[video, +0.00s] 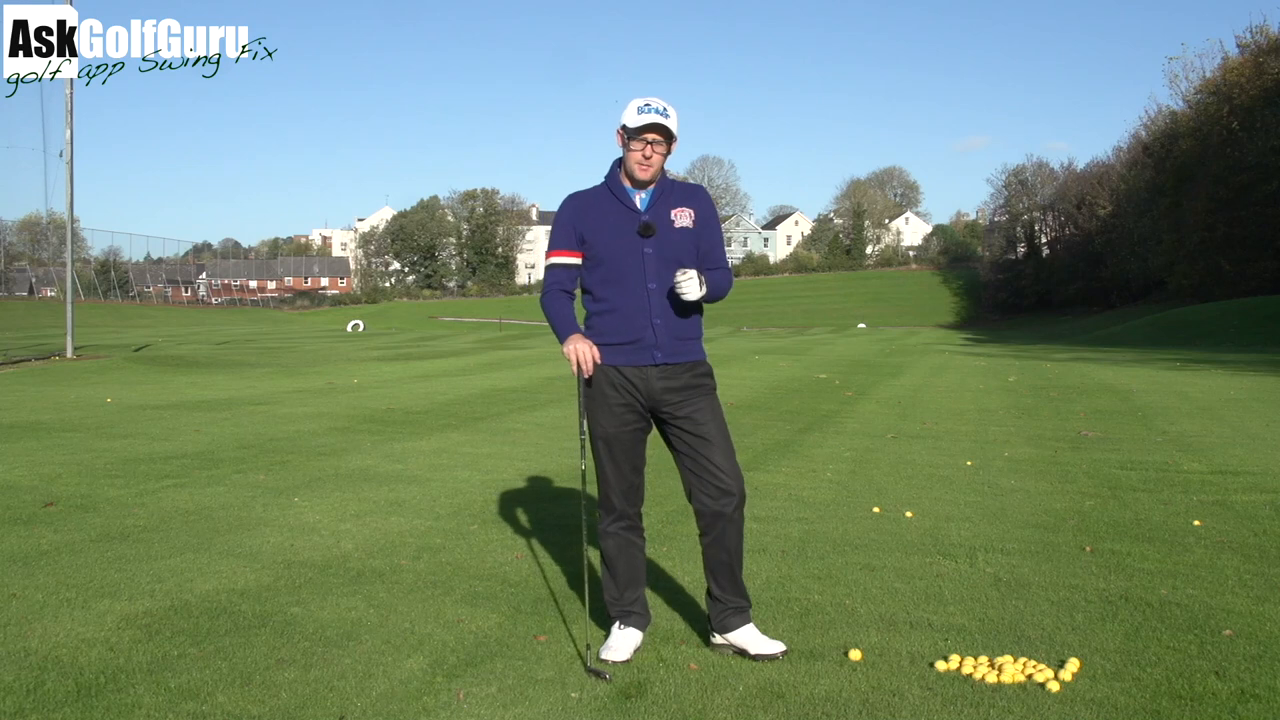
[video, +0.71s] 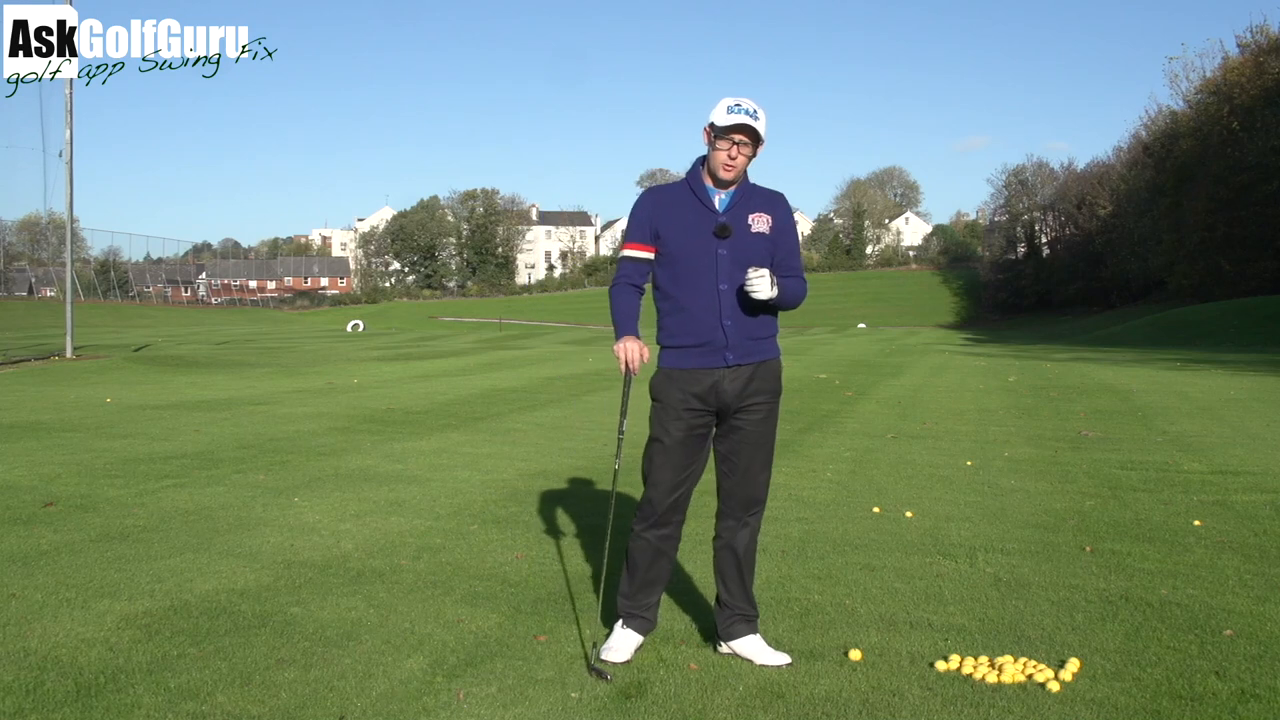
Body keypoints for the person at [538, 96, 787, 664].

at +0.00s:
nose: (649, 149)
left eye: (660, 141)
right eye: (641, 138)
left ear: (672, 148)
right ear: (622, 141)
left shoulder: (694, 201)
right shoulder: (580, 208)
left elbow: (721, 278)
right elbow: (556, 290)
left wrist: (704, 285)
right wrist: (569, 334)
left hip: (686, 374)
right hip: (613, 376)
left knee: (724, 492)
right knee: (619, 506)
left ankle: (729, 619)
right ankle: (627, 620)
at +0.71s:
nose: (735, 149)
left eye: (746, 143)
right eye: (728, 138)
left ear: (756, 151)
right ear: (708, 139)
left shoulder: (773, 207)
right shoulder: (658, 203)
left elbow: (796, 287)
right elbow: (627, 281)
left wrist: (777, 287)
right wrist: (627, 332)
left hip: (755, 376)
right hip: (682, 376)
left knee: (744, 509)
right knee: (661, 506)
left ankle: (737, 628)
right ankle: (633, 621)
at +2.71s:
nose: (648, 149)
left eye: (659, 142)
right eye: (640, 138)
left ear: (673, 151)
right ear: (623, 142)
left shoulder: (695, 205)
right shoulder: (581, 213)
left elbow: (724, 285)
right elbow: (557, 297)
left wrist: (706, 283)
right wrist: (581, 337)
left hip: (690, 377)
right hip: (620, 380)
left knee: (726, 497)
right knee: (632, 507)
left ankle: (735, 625)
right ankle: (648, 621)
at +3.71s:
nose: (669, 154)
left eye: (676, 145)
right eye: (658, 142)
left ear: (680, 149)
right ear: (630, 139)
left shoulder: (690, 203)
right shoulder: (584, 211)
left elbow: (713, 291)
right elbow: (573, 299)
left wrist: (721, 266)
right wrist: (630, 268)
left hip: (695, 372)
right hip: (625, 378)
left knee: (723, 501)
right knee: (638, 507)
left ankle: (733, 625)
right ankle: (649, 621)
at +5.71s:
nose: (725, 147)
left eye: (735, 139)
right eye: (716, 137)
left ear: (746, 147)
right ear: (696, 140)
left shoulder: (760, 209)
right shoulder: (653, 204)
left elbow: (781, 298)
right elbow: (642, 282)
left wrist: (788, 269)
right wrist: (701, 249)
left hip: (749, 372)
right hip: (679, 374)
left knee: (739, 505)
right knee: (671, 503)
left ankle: (733, 626)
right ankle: (653, 621)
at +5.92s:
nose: (730, 150)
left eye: (738, 140)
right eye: (719, 140)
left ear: (745, 146)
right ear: (693, 141)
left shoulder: (753, 208)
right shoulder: (650, 202)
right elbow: (650, 280)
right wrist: (709, 234)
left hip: (745, 371)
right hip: (677, 374)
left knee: (737, 505)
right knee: (668, 504)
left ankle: (733, 627)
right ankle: (653, 621)